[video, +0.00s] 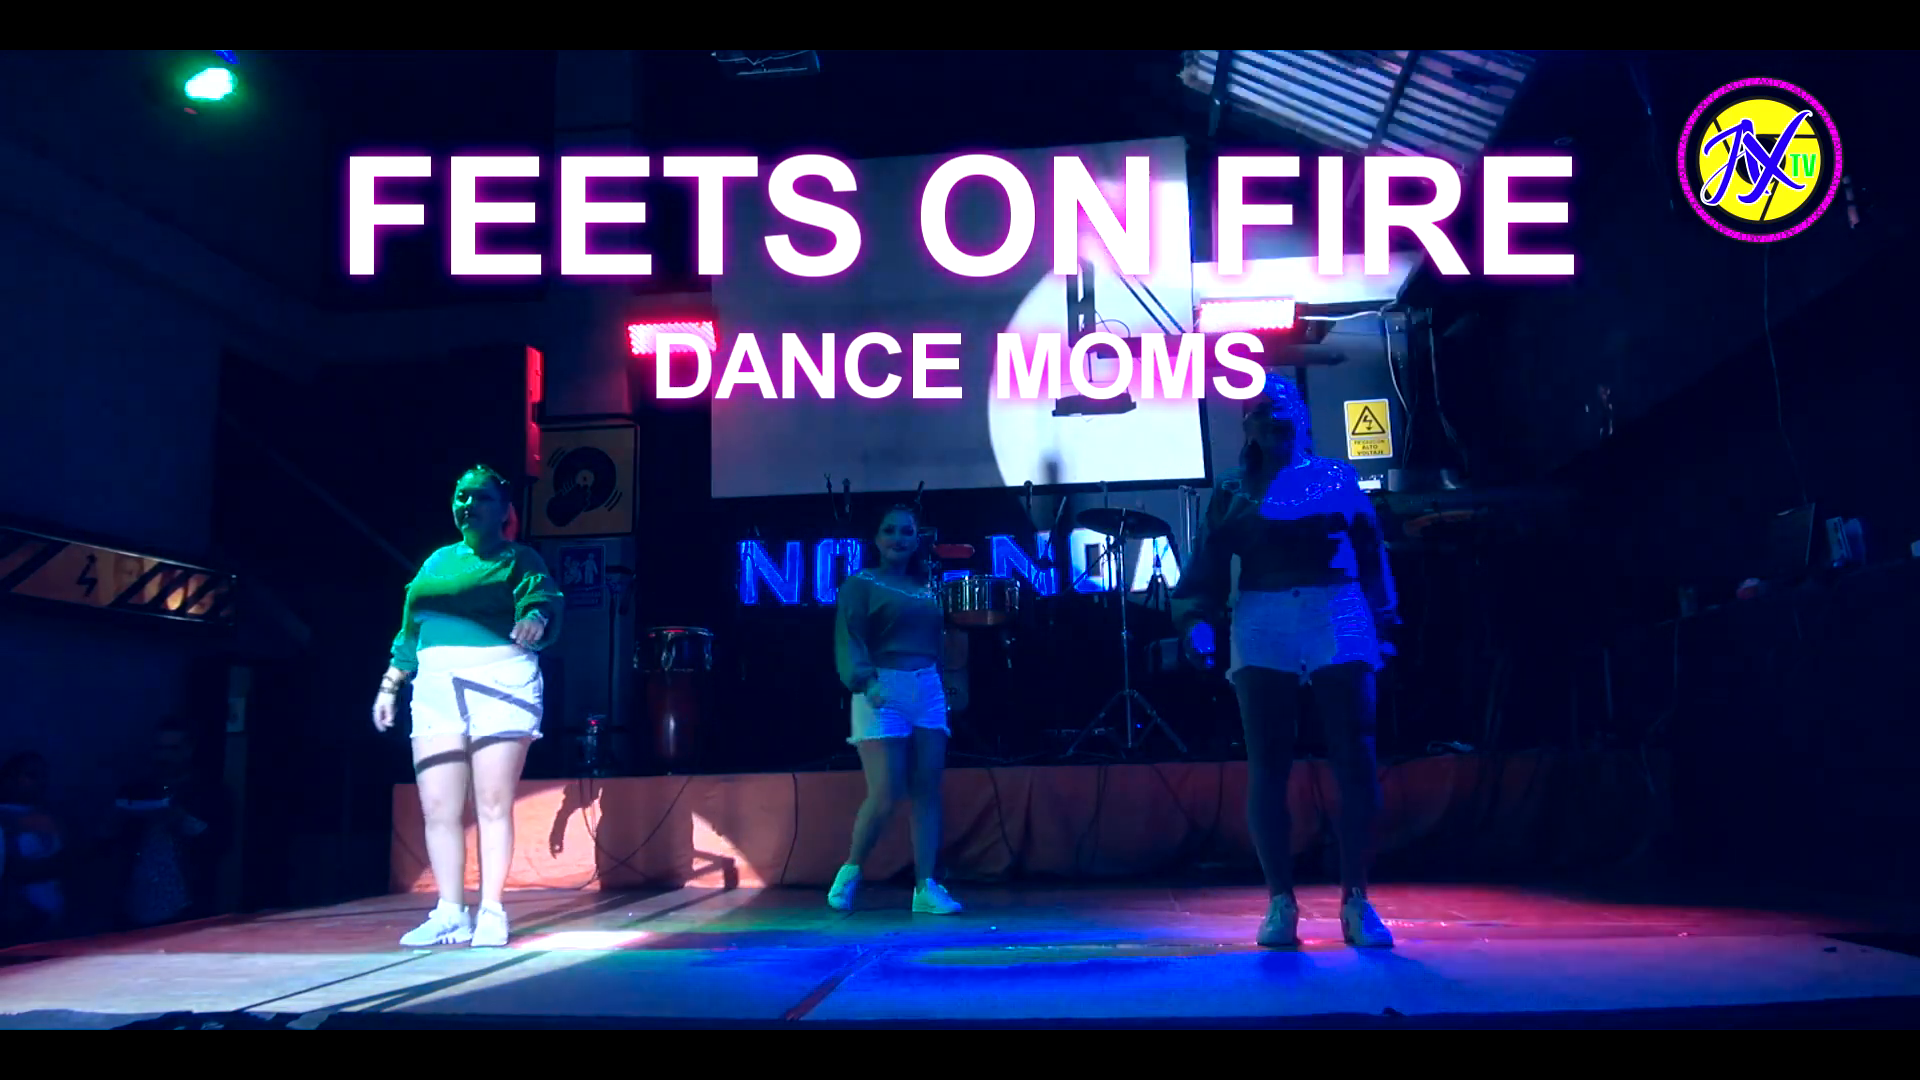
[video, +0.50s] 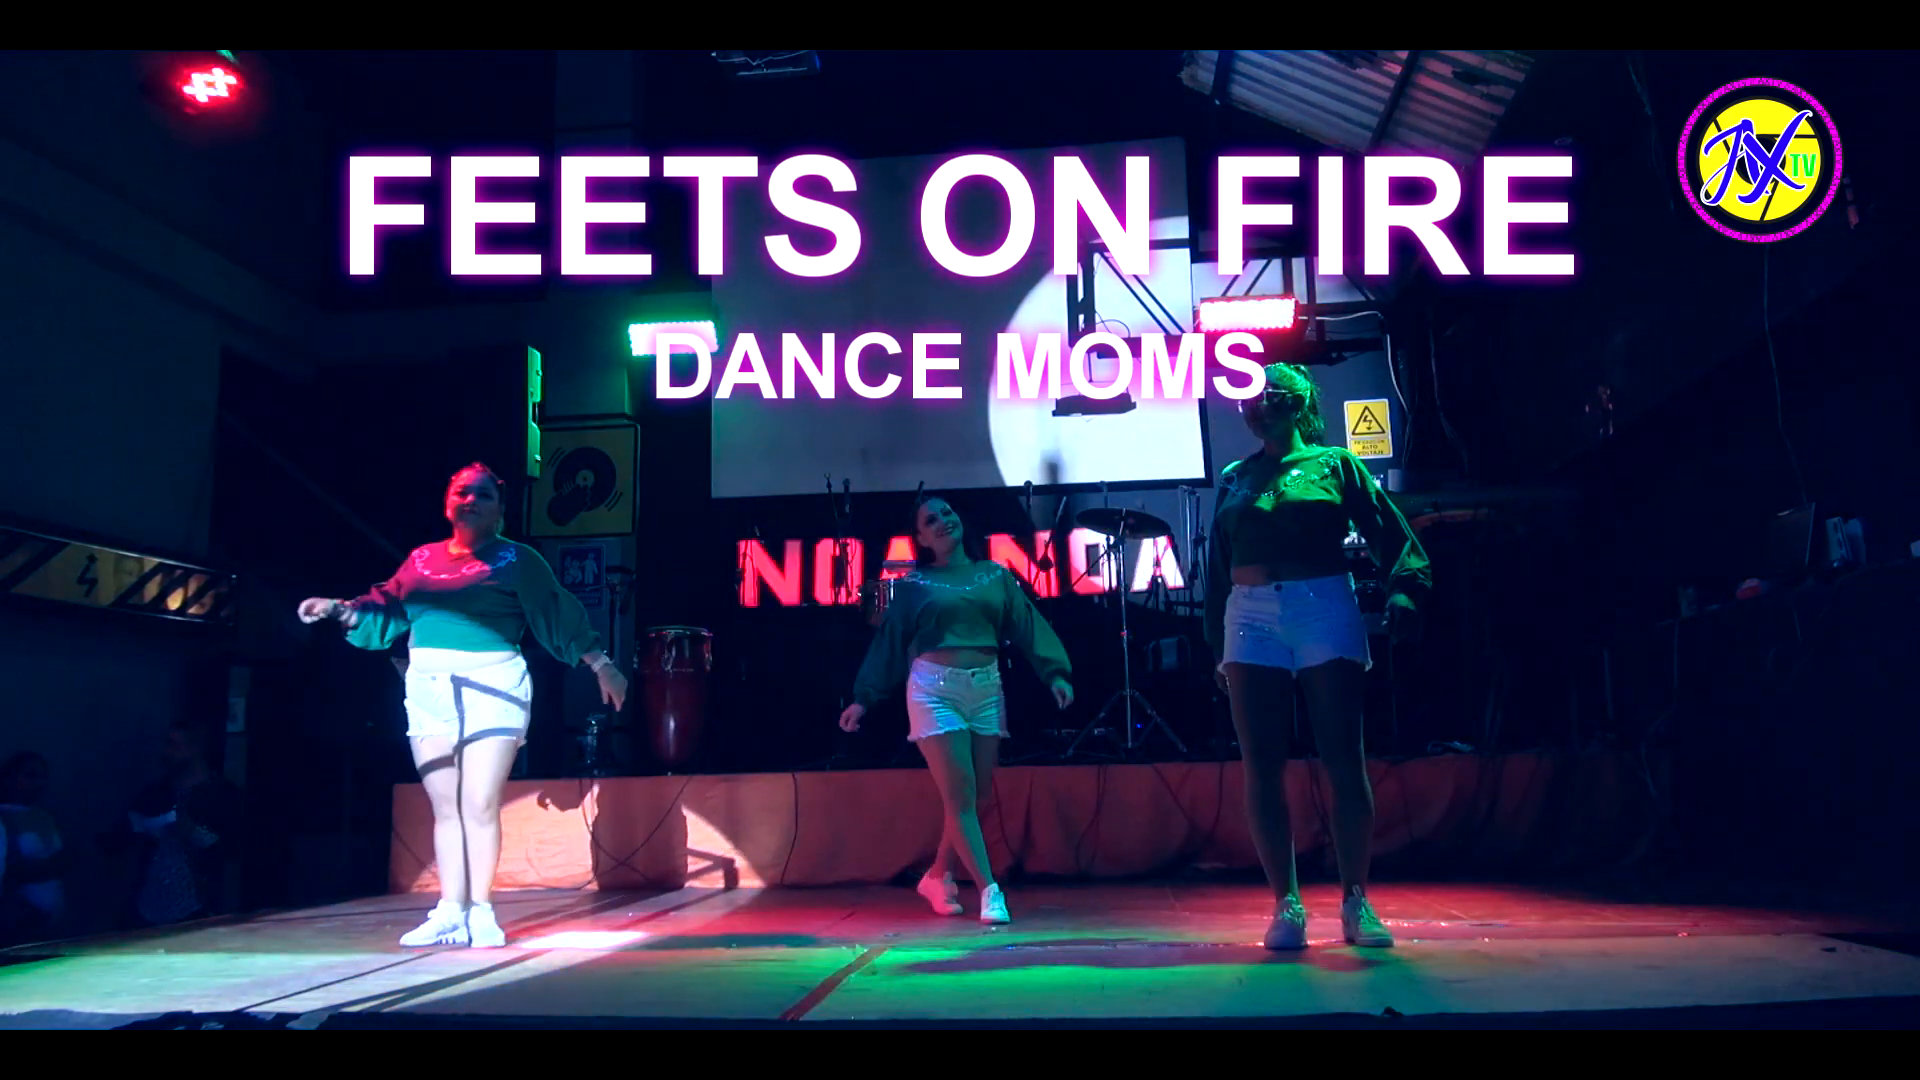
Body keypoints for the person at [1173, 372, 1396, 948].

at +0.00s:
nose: (1272, 424)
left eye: (1281, 415)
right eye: (1262, 418)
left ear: (1301, 423)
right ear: (1248, 430)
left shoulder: (1336, 477)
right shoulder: (1232, 490)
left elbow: (1372, 555)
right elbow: (1205, 570)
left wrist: (1384, 623)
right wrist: (1196, 620)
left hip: (1338, 617)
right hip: (1262, 623)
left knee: (1353, 760)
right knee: (1268, 765)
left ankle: (1356, 899)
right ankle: (1280, 900)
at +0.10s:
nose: (1278, 421)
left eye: (1287, 413)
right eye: (1268, 415)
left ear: (1310, 422)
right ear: (1254, 429)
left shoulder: (1346, 483)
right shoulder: (1237, 495)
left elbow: (1385, 564)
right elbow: (1211, 579)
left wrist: (1400, 627)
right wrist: (1206, 632)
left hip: (1349, 619)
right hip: (1271, 630)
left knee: (1368, 756)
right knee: (1270, 766)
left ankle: (1358, 899)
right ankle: (1281, 899)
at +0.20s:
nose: (1269, 420)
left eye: (1280, 411)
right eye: (1262, 414)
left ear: (1309, 420)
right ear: (1255, 428)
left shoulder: (1351, 482)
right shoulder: (1242, 496)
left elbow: (1394, 562)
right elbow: (1224, 582)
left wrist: (1412, 627)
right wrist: (1221, 652)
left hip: (1351, 615)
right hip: (1273, 624)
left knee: (1368, 757)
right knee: (1264, 762)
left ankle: (1359, 900)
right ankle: (1278, 896)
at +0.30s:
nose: (1265, 413)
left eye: (1278, 404)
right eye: (1261, 405)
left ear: (1308, 413)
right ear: (1255, 418)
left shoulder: (1349, 470)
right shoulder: (1242, 486)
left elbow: (1394, 549)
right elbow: (1225, 574)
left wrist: (1409, 613)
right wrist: (1225, 648)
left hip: (1345, 609)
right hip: (1267, 616)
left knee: (1358, 758)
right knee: (1261, 759)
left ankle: (1358, 901)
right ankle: (1281, 899)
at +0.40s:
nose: (1261, 407)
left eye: (1274, 399)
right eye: (1258, 400)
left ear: (1305, 409)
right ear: (1256, 414)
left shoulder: (1344, 465)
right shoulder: (1241, 481)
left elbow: (1402, 542)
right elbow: (1223, 569)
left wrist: (1398, 599)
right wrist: (1226, 643)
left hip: (1336, 607)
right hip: (1260, 612)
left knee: (1350, 758)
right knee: (1264, 763)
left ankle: (1358, 901)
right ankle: (1286, 905)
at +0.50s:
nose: (1253, 406)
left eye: (1265, 397)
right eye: (1250, 399)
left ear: (1298, 405)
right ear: (1249, 413)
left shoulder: (1338, 465)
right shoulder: (1235, 480)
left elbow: (1401, 542)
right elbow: (1217, 572)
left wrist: (1399, 596)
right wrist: (1220, 644)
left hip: (1325, 609)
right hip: (1249, 613)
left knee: (1343, 759)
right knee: (1262, 764)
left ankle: (1355, 901)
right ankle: (1286, 904)